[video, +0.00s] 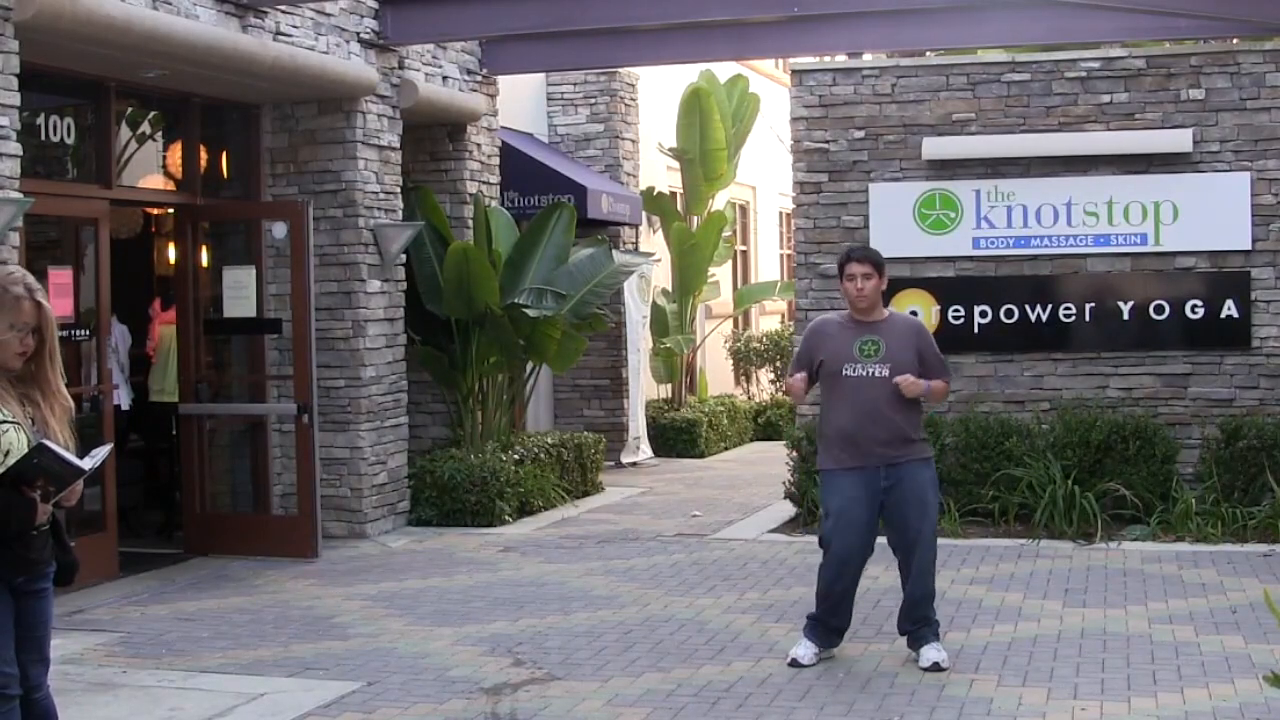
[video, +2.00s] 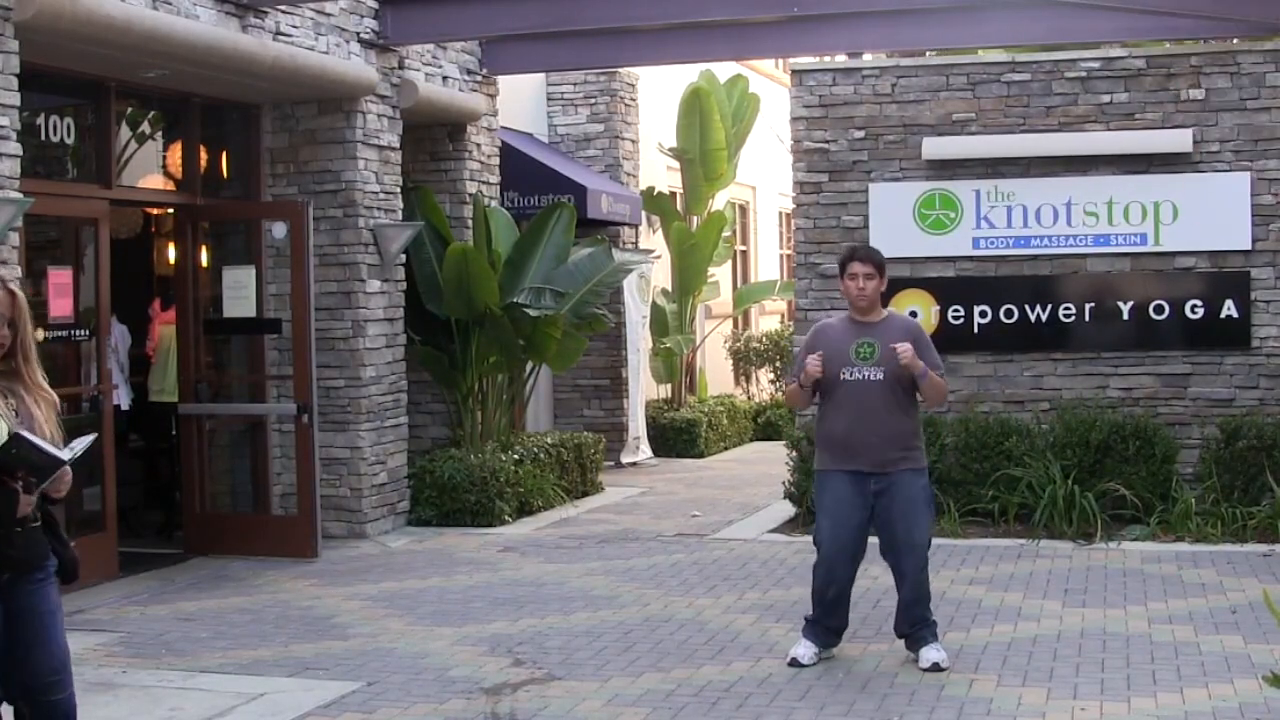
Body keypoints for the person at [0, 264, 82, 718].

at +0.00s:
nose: (27, 341)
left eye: (33, 330)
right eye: (15, 330)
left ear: (41, 333)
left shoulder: (45, 396)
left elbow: (62, 472)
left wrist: (69, 492)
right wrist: (24, 506)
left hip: (36, 561)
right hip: (3, 561)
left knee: (35, 684)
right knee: (8, 688)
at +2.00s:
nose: (3, 334)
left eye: (9, 323)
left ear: (20, 330)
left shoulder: (34, 395)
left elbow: (52, 475)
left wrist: (60, 485)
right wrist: (7, 504)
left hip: (29, 568)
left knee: (52, 703)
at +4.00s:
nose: (12, 338)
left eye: (21, 328)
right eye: (4, 326)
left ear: (31, 332)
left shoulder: (42, 396)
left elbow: (61, 473)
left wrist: (69, 487)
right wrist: (25, 503)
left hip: (36, 566)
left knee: (41, 699)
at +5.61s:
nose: (18, 335)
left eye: (25, 325)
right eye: (8, 323)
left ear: (34, 331)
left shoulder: (41, 394)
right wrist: (26, 504)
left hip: (36, 562)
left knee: (40, 696)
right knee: (15, 698)